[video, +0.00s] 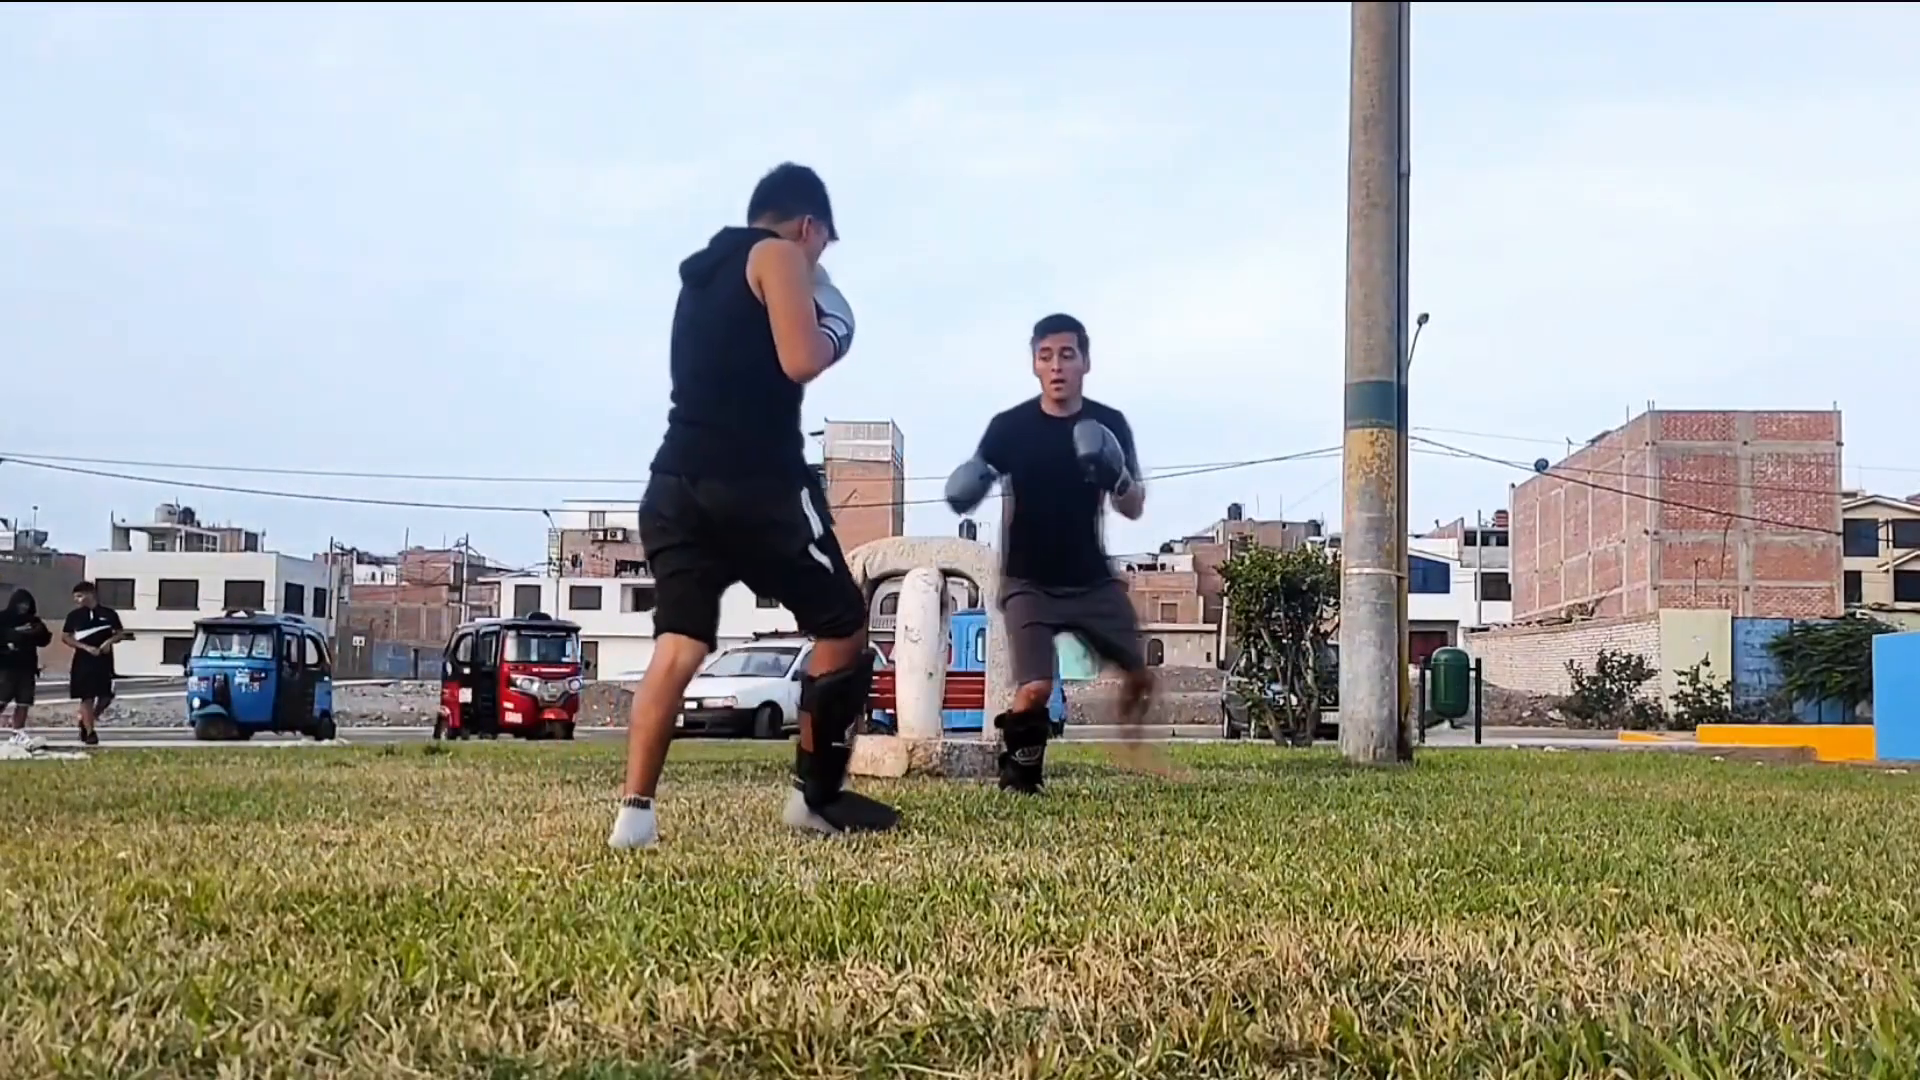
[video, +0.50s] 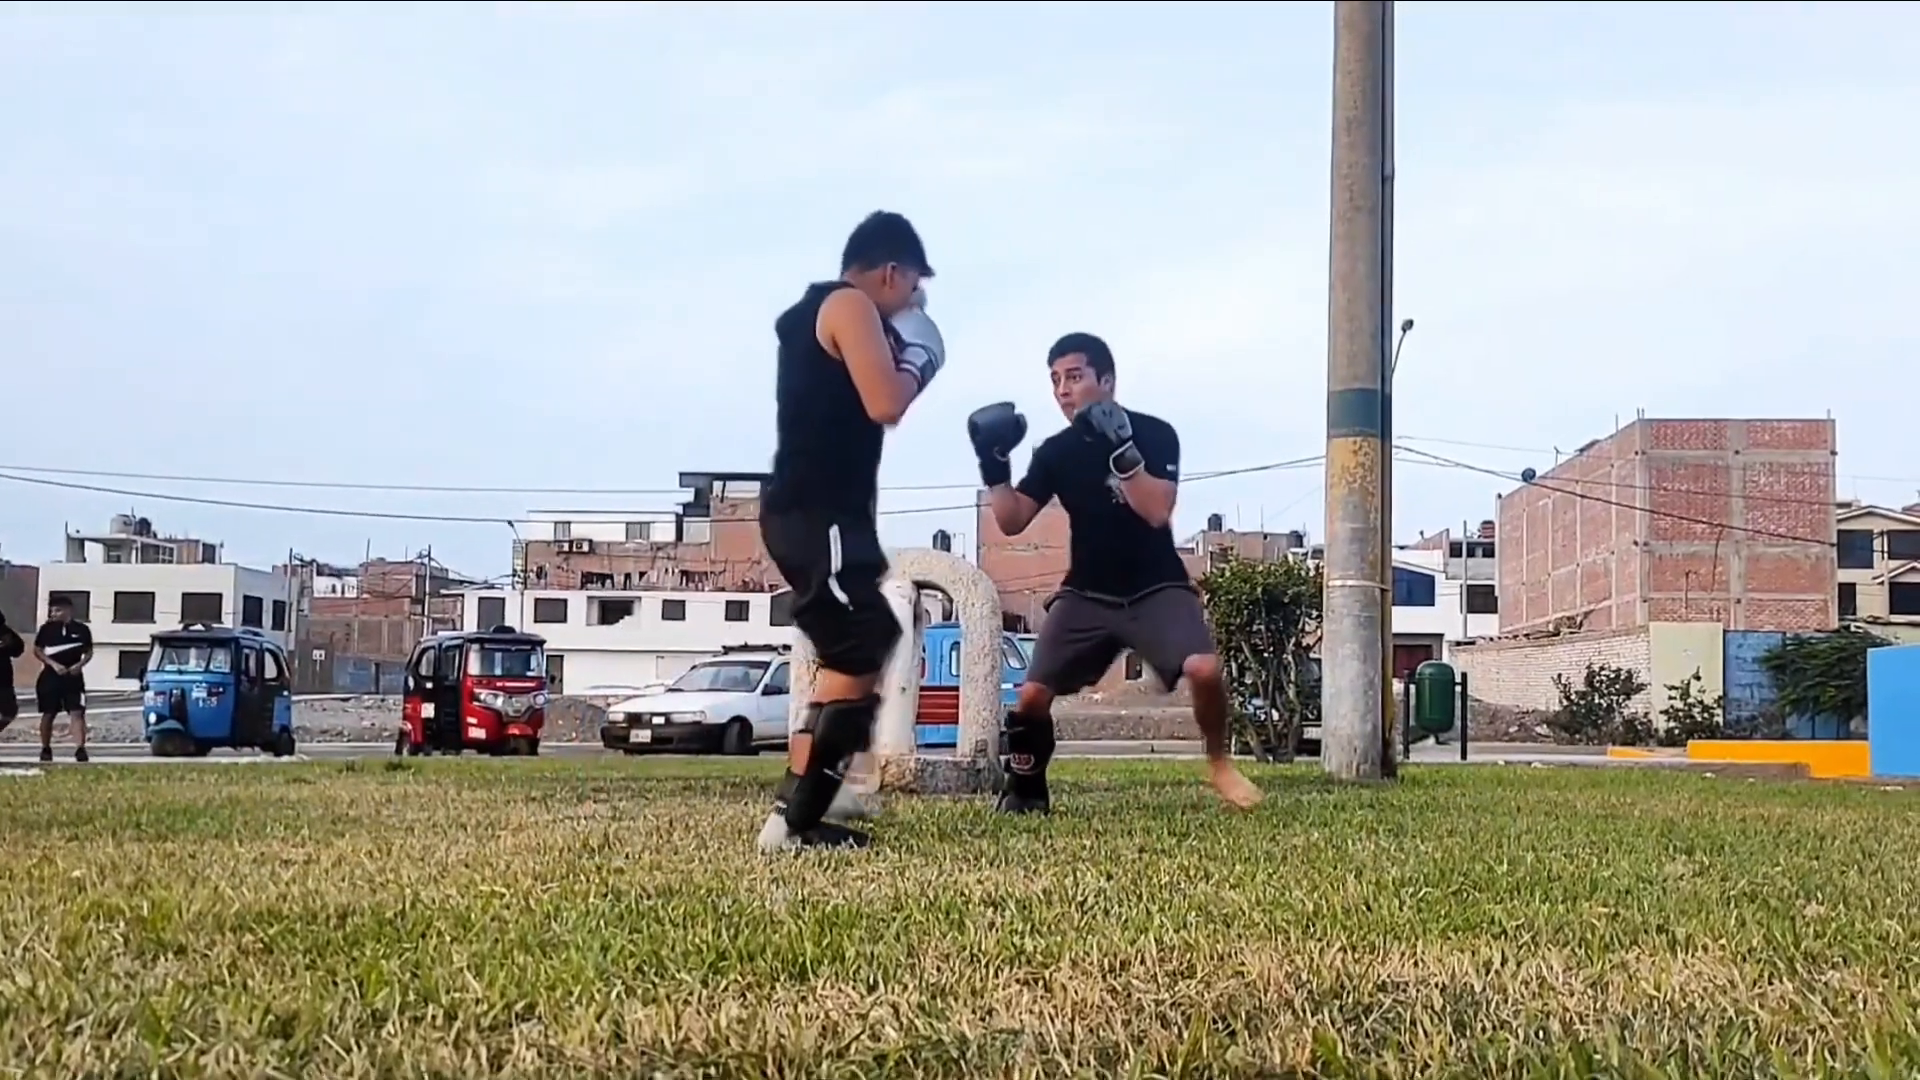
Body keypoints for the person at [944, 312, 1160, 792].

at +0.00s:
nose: (1056, 365)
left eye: (1067, 354)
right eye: (1046, 355)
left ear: (1086, 363)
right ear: (1034, 364)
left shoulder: (1109, 424)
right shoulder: (1007, 426)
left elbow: (1133, 509)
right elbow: (970, 492)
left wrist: (1116, 473)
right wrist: (962, 491)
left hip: (1090, 578)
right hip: (1027, 580)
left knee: (1140, 676)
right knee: (1035, 687)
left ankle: (1127, 745)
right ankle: (1019, 792)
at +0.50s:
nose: (1062, 387)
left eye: (1073, 376)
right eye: (1056, 379)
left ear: (1106, 379)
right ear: (1052, 387)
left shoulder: (1154, 433)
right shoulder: (1055, 450)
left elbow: (1158, 511)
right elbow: (1011, 521)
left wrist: (1122, 449)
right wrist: (992, 460)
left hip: (1158, 588)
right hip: (1086, 594)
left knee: (1205, 668)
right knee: (1032, 695)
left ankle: (1219, 764)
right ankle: (1027, 798)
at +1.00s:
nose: (1189, 355)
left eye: (1197, 341)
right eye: (1182, 346)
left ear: (1231, 333)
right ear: (1208, 347)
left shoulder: (1289, 388)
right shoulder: (1221, 412)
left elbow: (1230, 445)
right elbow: (1141, 466)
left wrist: (1192, 374)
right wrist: (1126, 386)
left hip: (1301, 579)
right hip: (1260, 582)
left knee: (1262, 702)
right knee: (1244, 735)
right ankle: (1299, 865)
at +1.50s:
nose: (1327, 422)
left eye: (1337, 405)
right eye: (1320, 410)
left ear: (1378, 397)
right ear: (1365, 404)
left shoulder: (1429, 448)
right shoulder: (1372, 475)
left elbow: (1343, 536)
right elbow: (1287, 552)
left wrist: (1314, 452)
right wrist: (1271, 468)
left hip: (1530, 631)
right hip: (1490, 638)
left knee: (1456, 772)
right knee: (1428, 790)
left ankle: (1559, 939)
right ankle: (1532, 918)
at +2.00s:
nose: (1384, 596)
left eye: (1390, 578)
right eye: (1379, 590)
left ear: (1414, 551)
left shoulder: (1474, 542)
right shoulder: (1434, 593)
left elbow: (1422, 623)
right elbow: (1370, 670)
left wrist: (1382, 552)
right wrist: (1330, 596)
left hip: (1604, 680)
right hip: (1533, 696)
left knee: (1516, 759)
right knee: (1430, 795)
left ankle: (1584, 935)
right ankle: (1486, 918)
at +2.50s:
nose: (1389, 422)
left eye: (1397, 407)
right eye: (1379, 416)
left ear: (1433, 397)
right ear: (1378, 425)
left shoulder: (1493, 435)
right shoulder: (1434, 486)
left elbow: (1488, 522)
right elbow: (1455, 581)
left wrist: (1434, 459)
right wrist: (1379, 554)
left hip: (1543, 625)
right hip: (1486, 628)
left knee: (1507, 753)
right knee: (1444, 757)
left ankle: (1579, 896)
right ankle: (1488, 909)